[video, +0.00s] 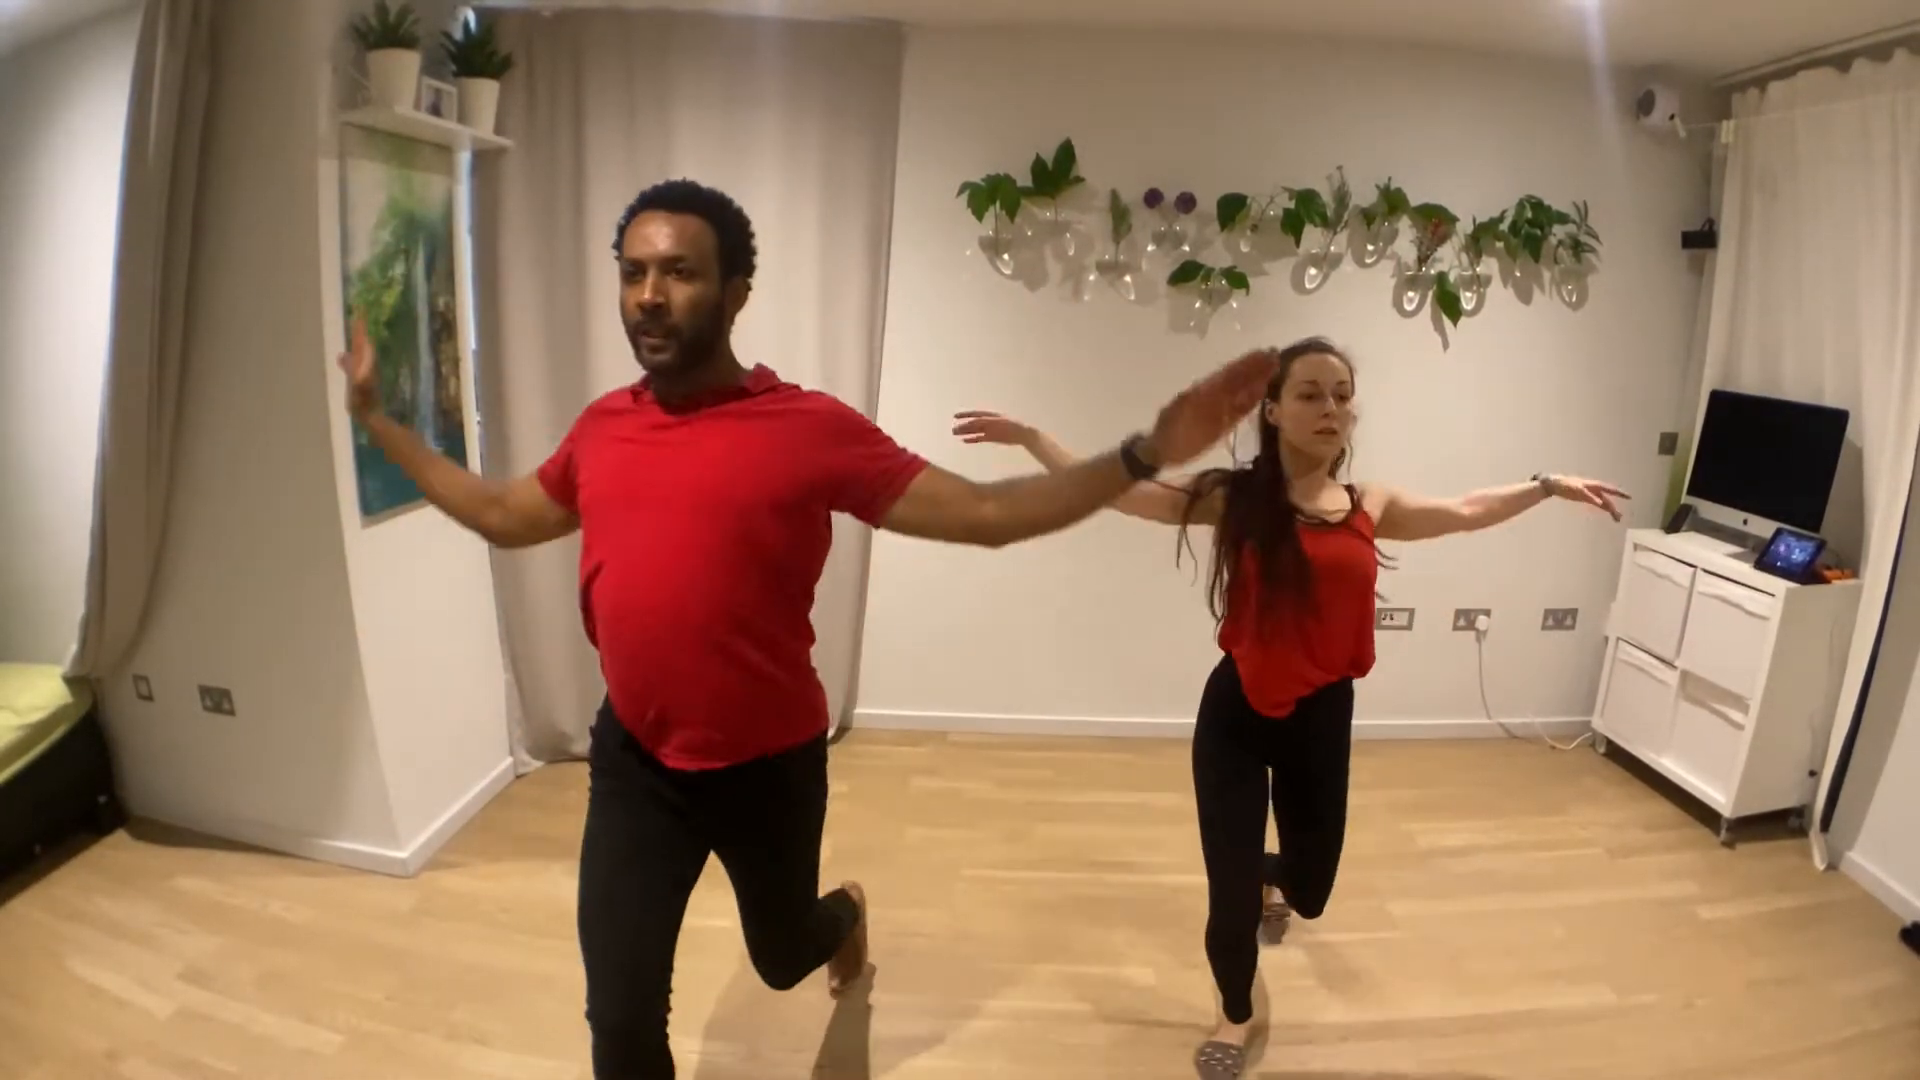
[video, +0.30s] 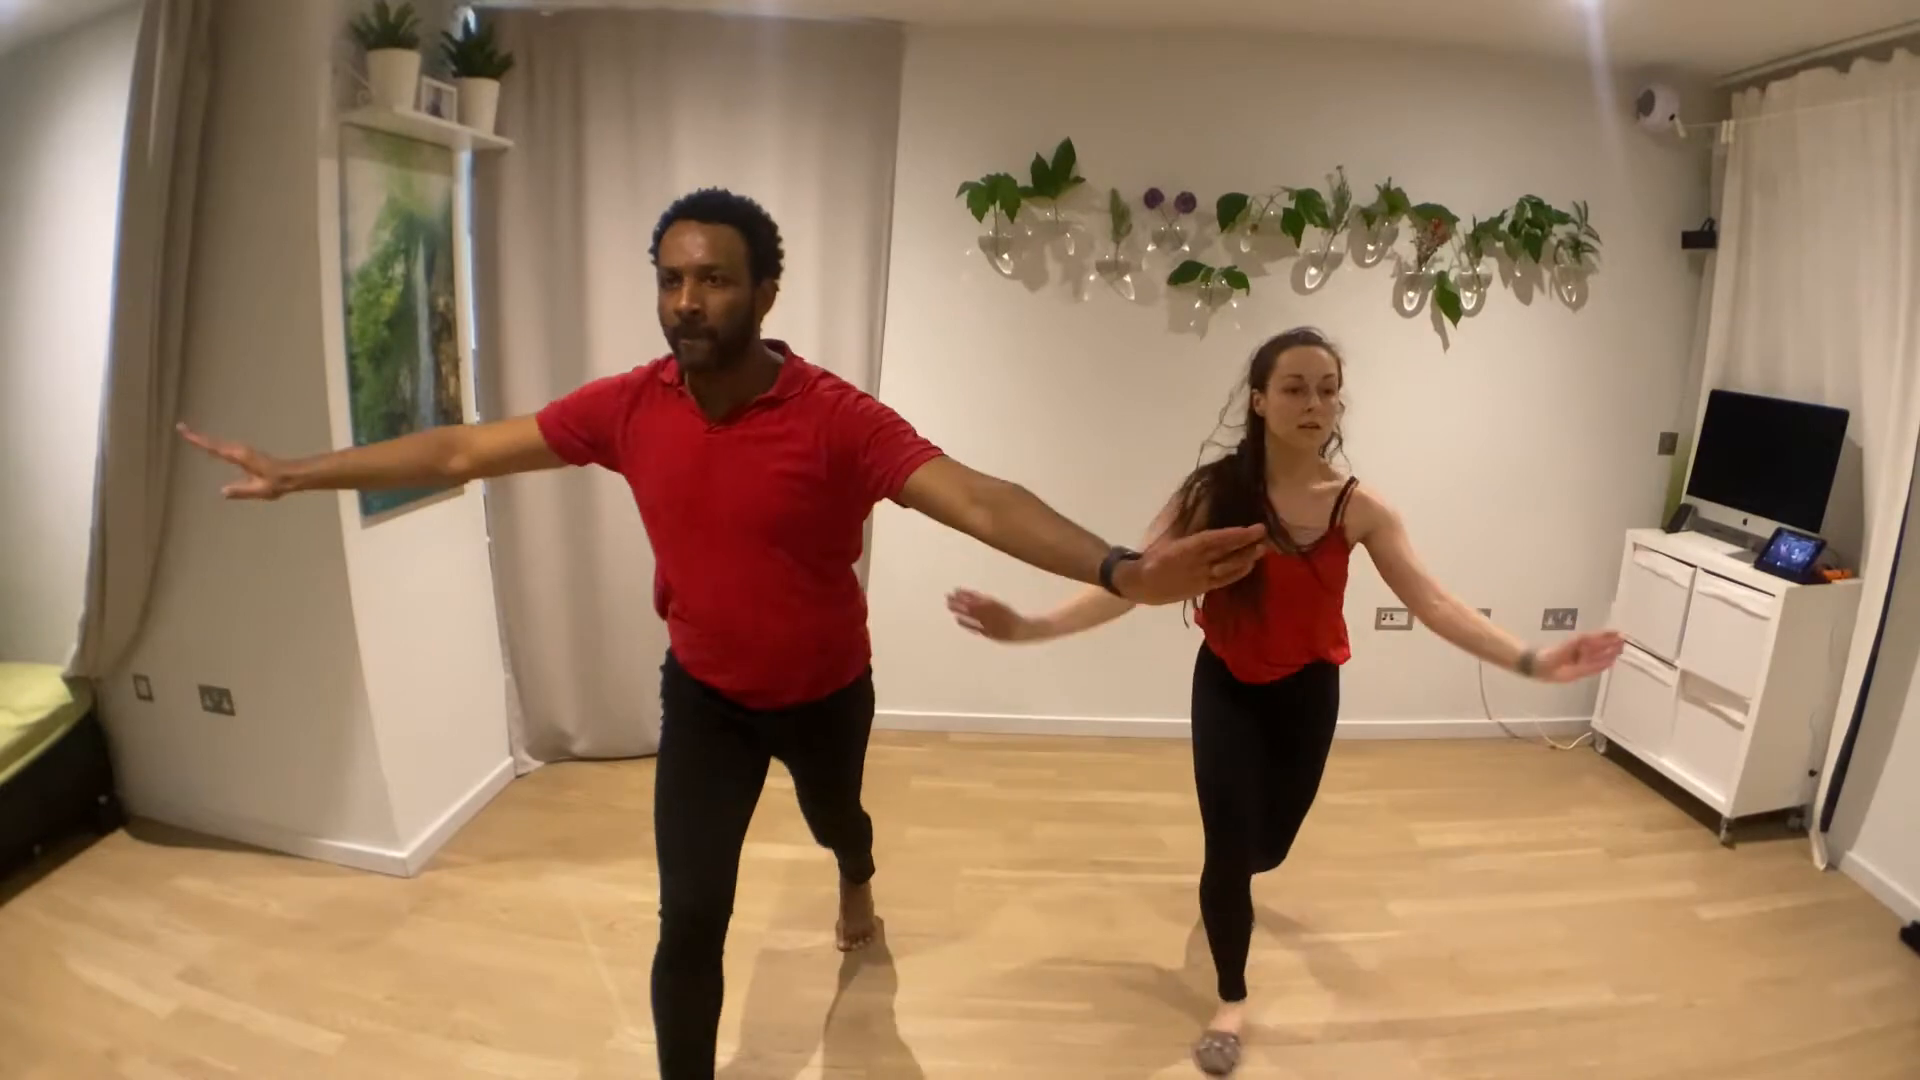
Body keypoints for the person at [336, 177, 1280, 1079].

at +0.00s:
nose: (647, 293)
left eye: (675, 272)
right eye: (633, 272)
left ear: (737, 291)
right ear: (617, 289)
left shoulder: (808, 430)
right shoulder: (607, 428)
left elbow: (986, 512)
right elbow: (505, 515)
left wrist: (1146, 466)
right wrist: (375, 422)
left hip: (767, 759)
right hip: (638, 756)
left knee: (781, 957)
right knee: (620, 1021)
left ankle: (848, 930)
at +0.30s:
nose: (681, 300)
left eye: (709, 281)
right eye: (669, 279)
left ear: (767, 293)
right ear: (656, 290)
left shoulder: (836, 417)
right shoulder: (627, 409)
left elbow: (977, 500)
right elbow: (458, 452)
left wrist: (1123, 571)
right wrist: (302, 472)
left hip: (827, 692)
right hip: (707, 694)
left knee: (839, 818)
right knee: (690, 922)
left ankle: (856, 891)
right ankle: (684, 1076)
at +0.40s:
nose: (698, 295)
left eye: (723, 275)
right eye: (683, 274)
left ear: (772, 288)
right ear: (665, 285)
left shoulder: (837, 406)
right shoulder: (630, 400)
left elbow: (956, 509)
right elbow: (474, 468)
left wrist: (1061, 602)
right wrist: (322, 519)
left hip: (832, 667)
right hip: (717, 669)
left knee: (846, 796)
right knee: (692, 892)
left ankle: (855, 887)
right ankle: (741, 1047)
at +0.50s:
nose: (700, 290)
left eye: (725, 268)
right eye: (685, 269)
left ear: (775, 283)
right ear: (669, 279)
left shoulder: (836, 401)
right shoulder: (640, 396)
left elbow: (967, 530)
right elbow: (506, 496)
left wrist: (971, 684)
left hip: (830, 667)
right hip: (716, 670)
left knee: (843, 796)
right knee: (714, 894)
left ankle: (858, 884)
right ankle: (776, 986)